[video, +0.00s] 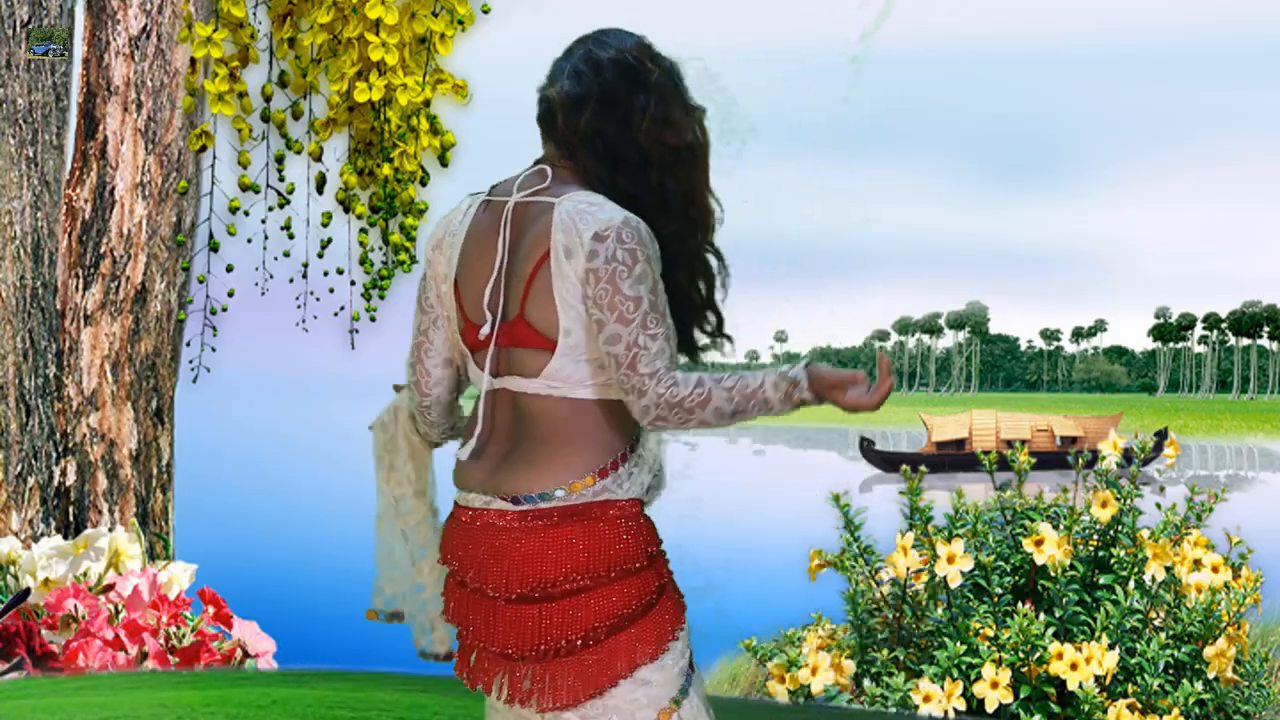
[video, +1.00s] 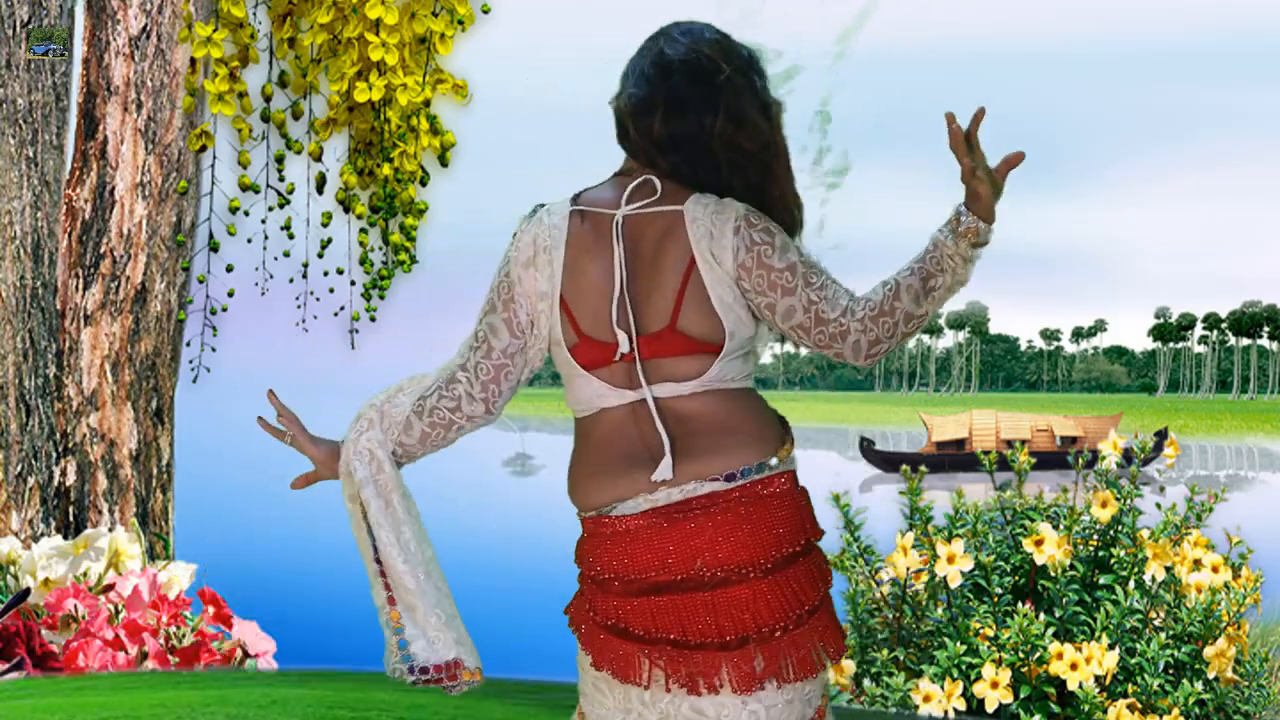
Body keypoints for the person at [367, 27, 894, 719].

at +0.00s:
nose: (672, 152)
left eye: (671, 130)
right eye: (666, 132)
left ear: (552, 119)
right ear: (642, 133)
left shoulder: (455, 226)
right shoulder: (607, 232)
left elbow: (428, 409)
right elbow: (657, 397)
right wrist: (807, 383)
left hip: (478, 523)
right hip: (586, 522)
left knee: (517, 705)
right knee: (647, 703)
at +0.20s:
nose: (656, 123)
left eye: (651, 104)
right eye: (645, 104)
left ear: (529, 110)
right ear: (622, 115)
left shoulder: (453, 223)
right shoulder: (615, 216)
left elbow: (420, 390)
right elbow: (698, 361)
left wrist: (340, 374)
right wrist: (819, 283)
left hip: (454, 513)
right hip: (573, 531)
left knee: (480, 691)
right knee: (648, 699)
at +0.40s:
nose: (663, 116)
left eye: (657, 97)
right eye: (654, 99)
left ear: (533, 112)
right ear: (633, 109)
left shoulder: (462, 235)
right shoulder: (646, 217)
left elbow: (433, 404)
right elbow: (734, 351)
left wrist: (322, 393)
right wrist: (860, 271)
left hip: (471, 506)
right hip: (599, 523)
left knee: (483, 694)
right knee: (653, 698)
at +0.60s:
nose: (702, 125)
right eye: (693, 107)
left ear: (570, 115)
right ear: (674, 116)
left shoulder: (507, 244)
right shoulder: (696, 223)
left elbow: (463, 413)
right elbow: (795, 344)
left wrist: (329, 425)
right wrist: (932, 256)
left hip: (537, 512)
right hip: (673, 520)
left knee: (547, 698)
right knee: (706, 703)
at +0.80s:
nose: (739, 128)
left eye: (734, 111)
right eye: (731, 111)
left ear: (605, 116)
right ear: (707, 118)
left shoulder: (534, 242)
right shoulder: (724, 223)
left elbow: (481, 408)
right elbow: (837, 335)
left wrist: (350, 435)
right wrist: (966, 242)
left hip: (595, 519)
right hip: (733, 510)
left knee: (602, 699)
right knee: (752, 703)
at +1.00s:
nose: (761, 130)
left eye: (754, 110)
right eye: (754, 111)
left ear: (629, 114)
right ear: (735, 119)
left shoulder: (545, 237)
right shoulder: (733, 228)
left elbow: (471, 391)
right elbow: (860, 333)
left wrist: (354, 449)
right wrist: (970, 225)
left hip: (614, 514)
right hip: (743, 499)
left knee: (628, 699)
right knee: (764, 698)